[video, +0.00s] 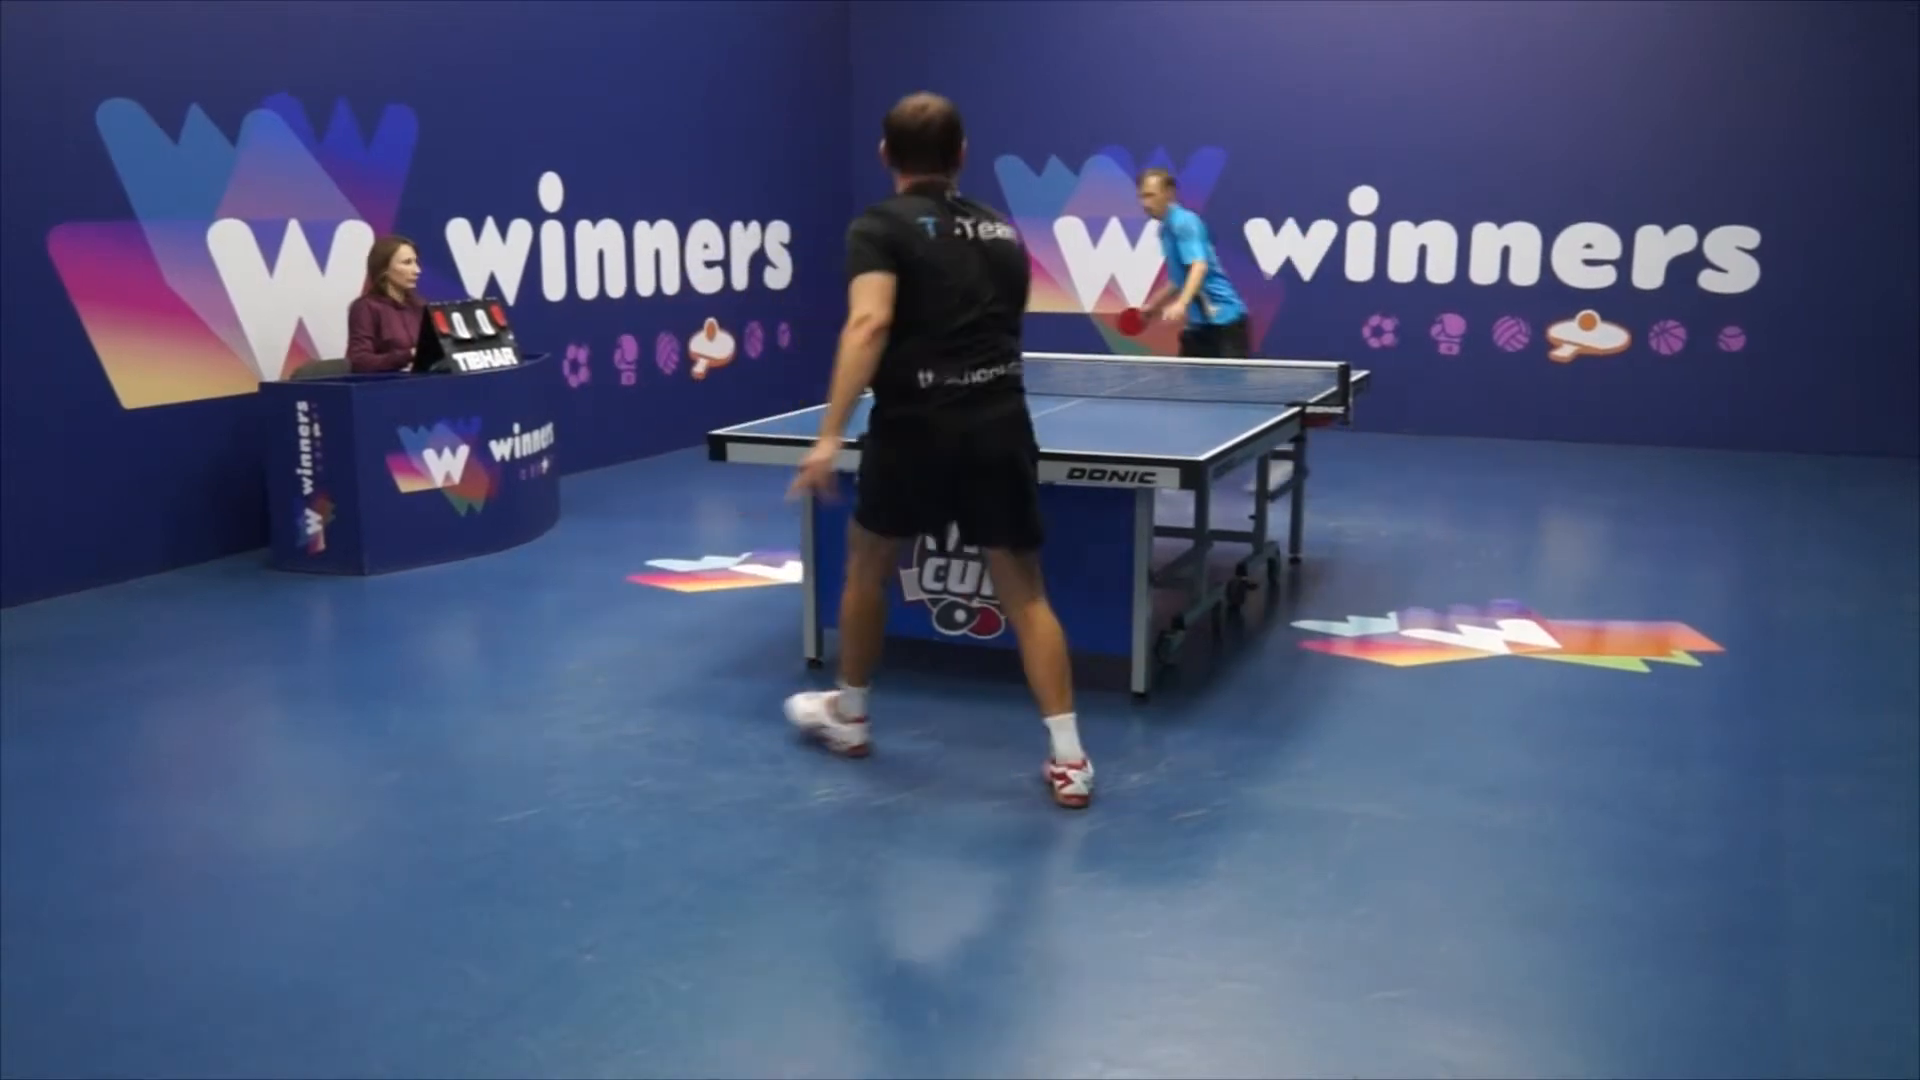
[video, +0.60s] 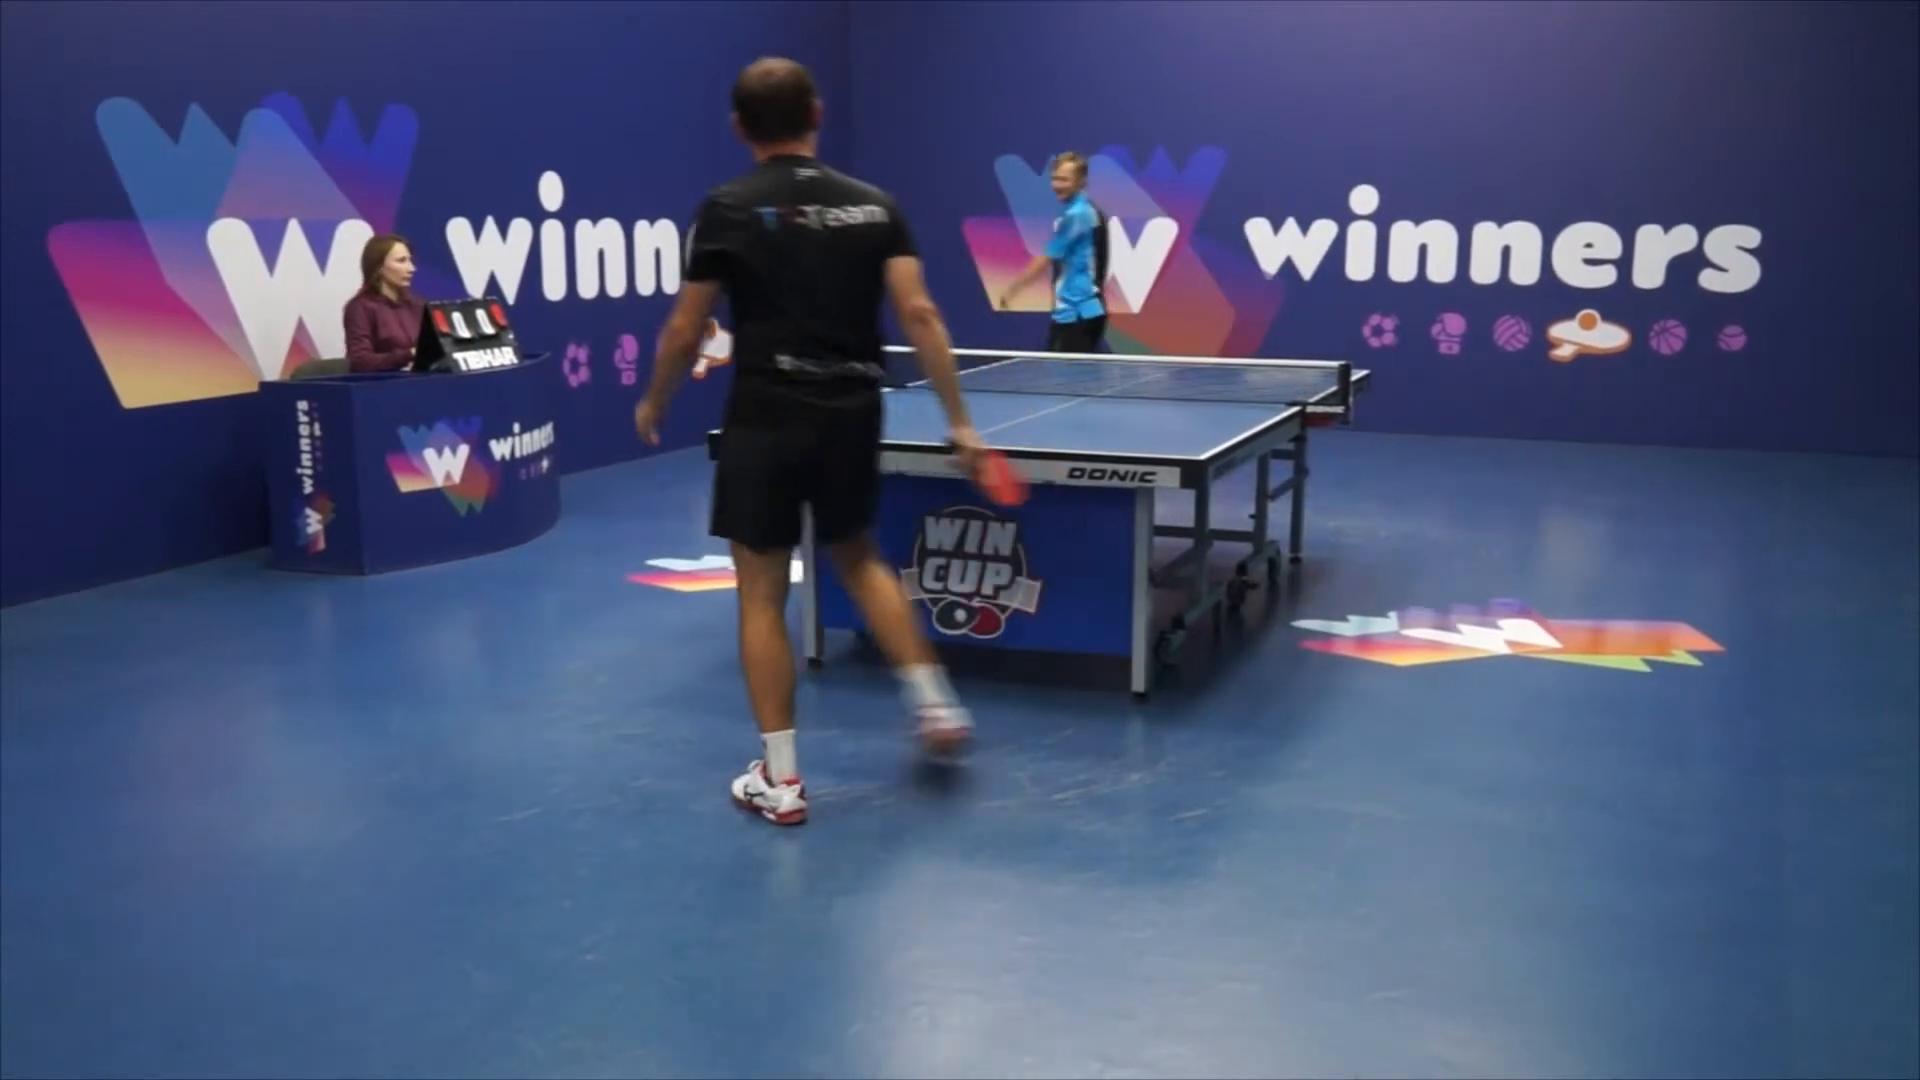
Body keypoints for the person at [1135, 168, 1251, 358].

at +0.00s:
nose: (1145, 203)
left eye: (1150, 196)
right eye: (1142, 197)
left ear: (1169, 194)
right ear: (1139, 197)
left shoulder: (1184, 222)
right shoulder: (1166, 229)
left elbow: (1199, 266)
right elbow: (1177, 281)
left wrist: (1180, 305)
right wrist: (1151, 309)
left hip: (1226, 320)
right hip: (1198, 322)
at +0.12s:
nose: (1125, 194)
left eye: (1131, 187)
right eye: (1123, 188)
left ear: (1149, 187)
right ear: (1120, 189)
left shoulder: (1162, 213)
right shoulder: (1143, 221)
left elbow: (1181, 251)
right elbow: (1157, 271)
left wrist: (1178, 287)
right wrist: (1136, 301)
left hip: (1193, 311)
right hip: (1172, 313)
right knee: (1173, 377)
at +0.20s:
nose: (1115, 190)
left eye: (1122, 184)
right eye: (1113, 183)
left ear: (1140, 186)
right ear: (1110, 182)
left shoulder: (1146, 211)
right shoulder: (1130, 215)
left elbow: (1165, 248)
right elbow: (1142, 272)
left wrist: (1173, 277)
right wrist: (1121, 300)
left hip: (1172, 316)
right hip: (1153, 318)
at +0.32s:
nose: (1099, 188)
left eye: (1107, 184)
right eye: (1098, 182)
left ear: (1123, 188)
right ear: (1095, 181)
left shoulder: (1122, 215)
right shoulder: (1111, 216)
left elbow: (1131, 248)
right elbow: (1119, 272)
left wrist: (1143, 273)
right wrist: (1102, 304)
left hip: (1136, 324)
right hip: (1119, 325)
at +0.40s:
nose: (1087, 189)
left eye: (1095, 185)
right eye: (1086, 183)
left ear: (1111, 190)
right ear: (1083, 182)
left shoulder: (1110, 221)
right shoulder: (1099, 219)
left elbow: (1107, 277)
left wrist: (1085, 317)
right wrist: (1085, 315)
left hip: (1113, 326)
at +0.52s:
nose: (1069, 187)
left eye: (1076, 182)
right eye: (1068, 180)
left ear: (1093, 183)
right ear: (1065, 179)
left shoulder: (1094, 216)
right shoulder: (1083, 212)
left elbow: (1071, 265)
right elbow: (1069, 262)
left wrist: (1033, 300)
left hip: (1094, 317)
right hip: (1076, 317)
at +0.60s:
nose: (1056, 185)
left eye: (1064, 180)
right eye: (1054, 179)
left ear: (1081, 182)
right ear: (1051, 179)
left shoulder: (1076, 216)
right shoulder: (1085, 212)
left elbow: (1044, 260)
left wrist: (1009, 292)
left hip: (1077, 315)